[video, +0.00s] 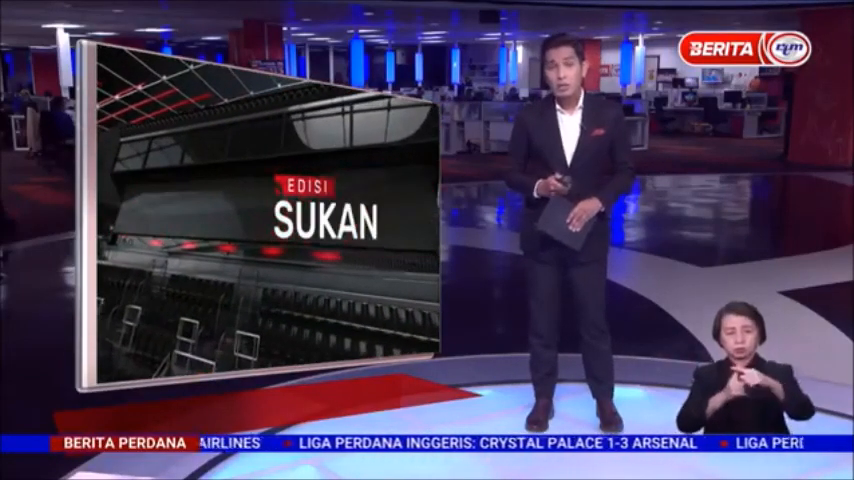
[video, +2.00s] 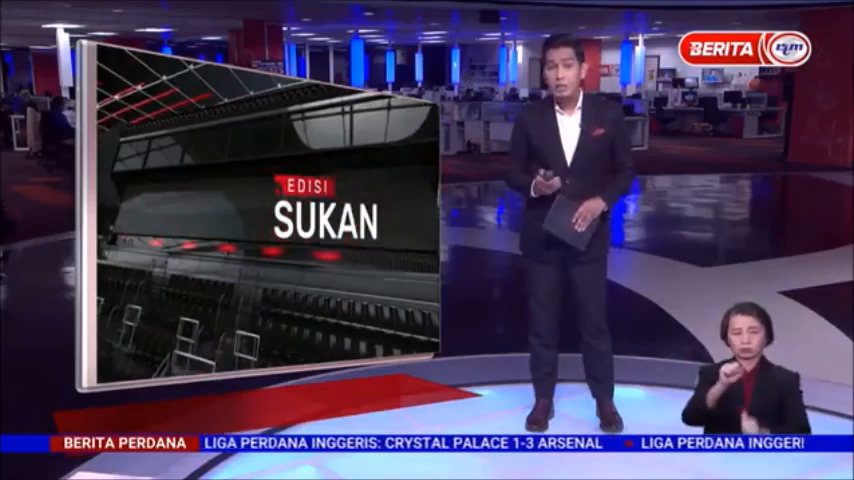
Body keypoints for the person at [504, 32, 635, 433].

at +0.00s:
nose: (560, 73)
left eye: (568, 64)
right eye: (552, 66)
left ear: (583, 68)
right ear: (544, 74)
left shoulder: (608, 112)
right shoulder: (530, 115)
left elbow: (625, 171)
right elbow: (512, 171)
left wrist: (598, 201)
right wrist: (537, 186)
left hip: (589, 230)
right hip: (542, 231)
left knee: (593, 320)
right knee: (543, 321)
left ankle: (605, 400)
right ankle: (542, 400)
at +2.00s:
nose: (558, 73)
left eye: (566, 65)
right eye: (551, 66)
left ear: (582, 70)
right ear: (544, 74)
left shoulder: (607, 112)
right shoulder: (530, 116)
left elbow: (625, 171)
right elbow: (513, 171)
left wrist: (601, 200)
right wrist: (532, 185)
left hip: (589, 232)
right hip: (542, 233)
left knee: (593, 321)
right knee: (543, 323)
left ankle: (605, 401)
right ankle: (542, 401)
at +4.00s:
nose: (571, 71)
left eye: (579, 63)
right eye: (563, 63)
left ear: (588, 71)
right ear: (549, 69)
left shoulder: (604, 113)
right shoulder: (526, 115)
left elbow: (620, 172)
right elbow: (508, 172)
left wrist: (597, 201)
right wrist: (537, 190)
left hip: (588, 230)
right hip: (541, 229)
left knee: (594, 320)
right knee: (541, 321)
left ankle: (604, 400)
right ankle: (542, 400)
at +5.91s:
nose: (580, 67)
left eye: (589, 60)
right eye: (573, 59)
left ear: (599, 70)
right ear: (558, 65)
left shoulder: (611, 114)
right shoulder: (534, 114)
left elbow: (625, 171)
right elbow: (514, 173)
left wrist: (601, 203)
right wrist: (545, 190)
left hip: (593, 231)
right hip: (546, 230)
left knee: (597, 320)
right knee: (546, 320)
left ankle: (605, 399)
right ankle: (543, 399)